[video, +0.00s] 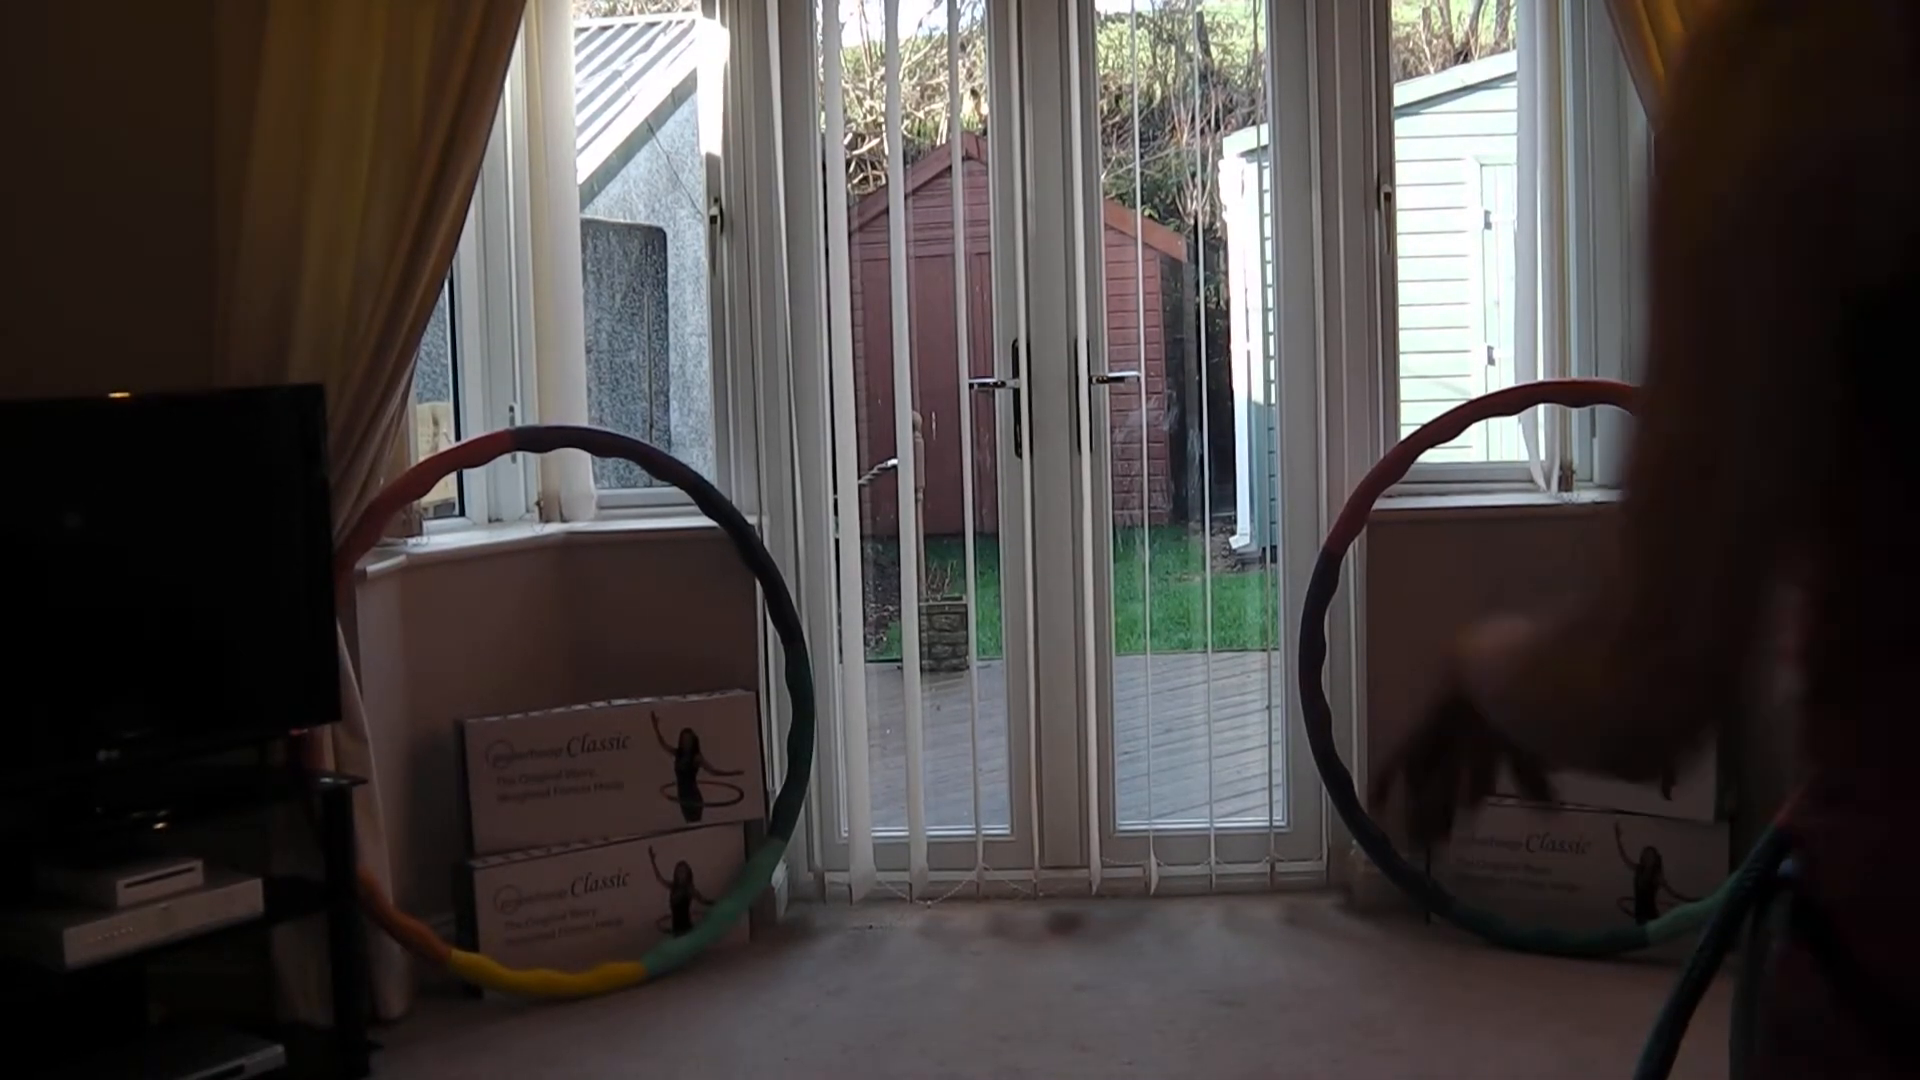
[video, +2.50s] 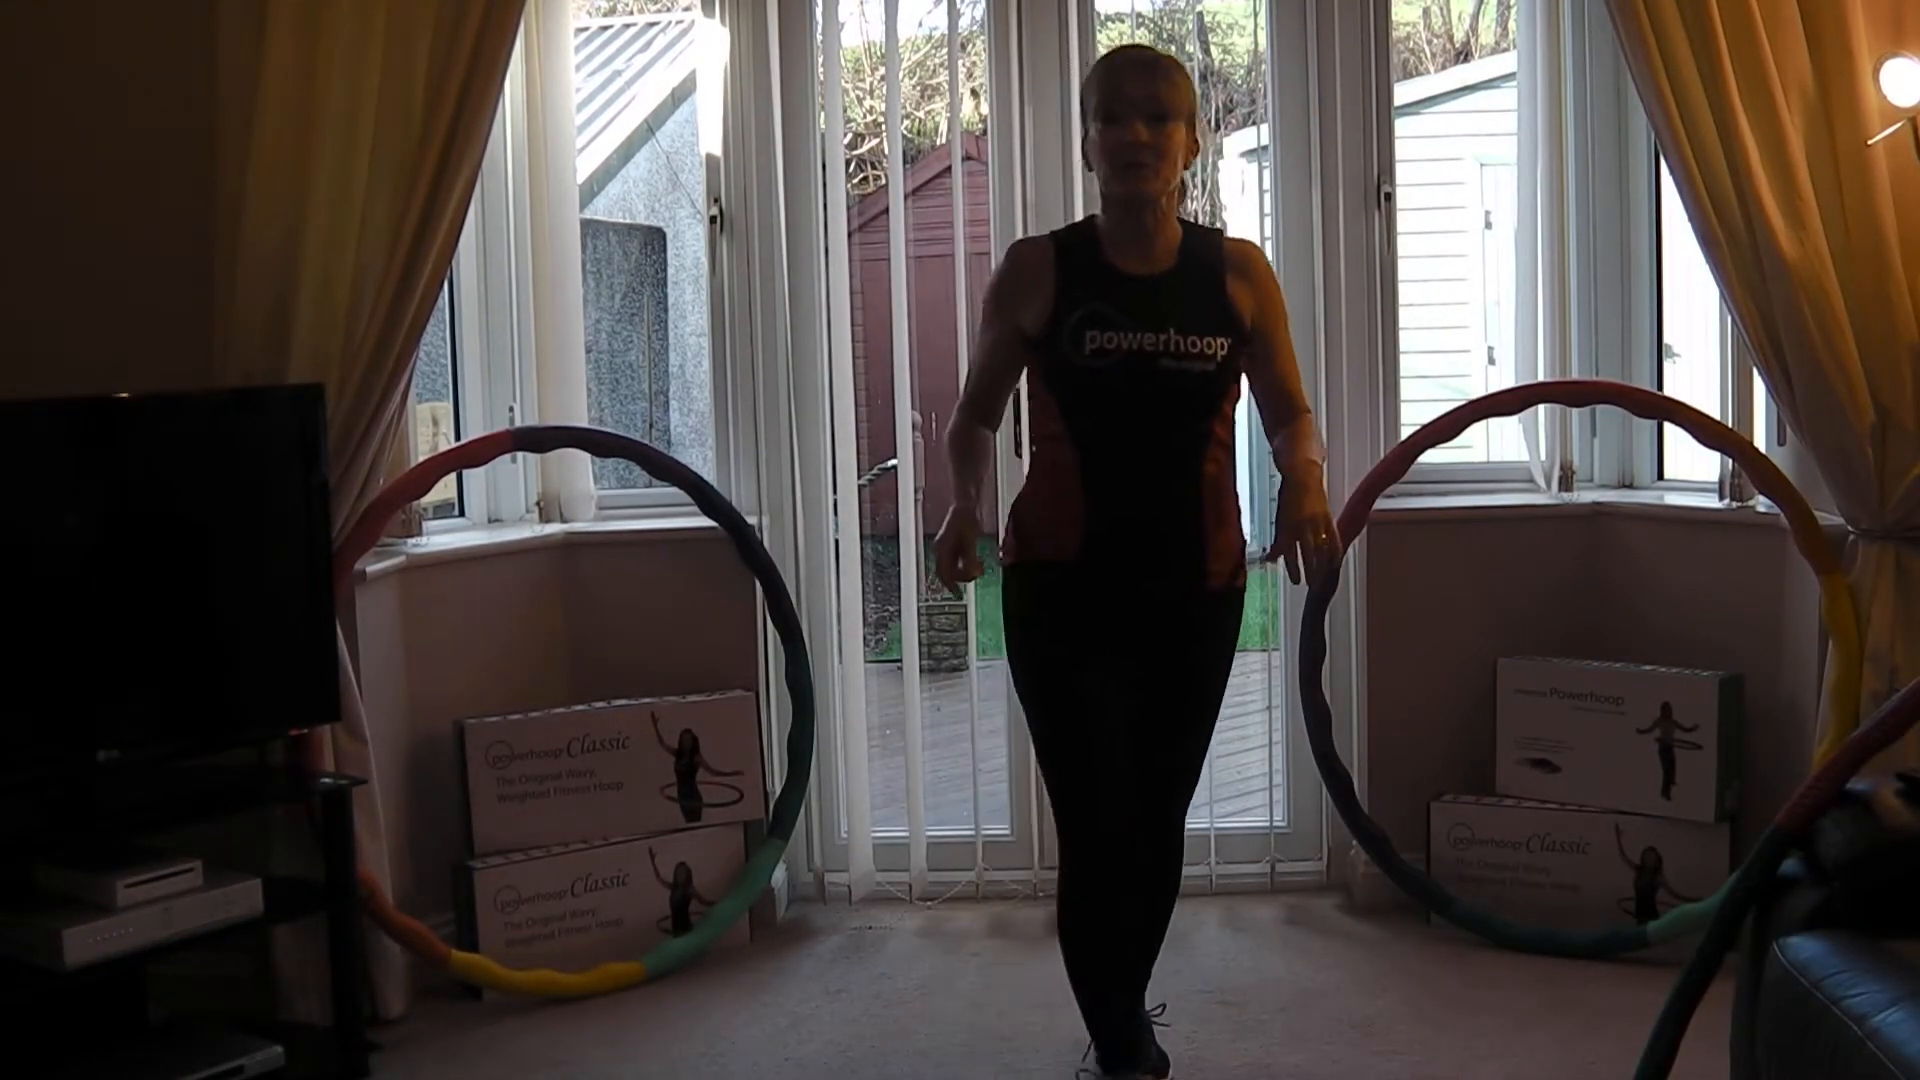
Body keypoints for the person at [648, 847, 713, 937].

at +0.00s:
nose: (681, 874)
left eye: (683, 871)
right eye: (679, 871)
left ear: (688, 873)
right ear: (675, 873)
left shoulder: (690, 889)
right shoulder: (673, 886)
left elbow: (702, 901)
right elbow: (659, 878)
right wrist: (653, 861)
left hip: (687, 925)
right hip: (675, 925)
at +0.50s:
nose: (681, 875)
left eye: (683, 872)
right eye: (679, 872)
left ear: (688, 874)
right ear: (675, 874)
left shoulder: (690, 889)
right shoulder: (673, 887)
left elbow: (702, 901)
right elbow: (659, 878)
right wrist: (652, 861)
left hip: (687, 926)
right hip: (675, 926)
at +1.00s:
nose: (681, 874)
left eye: (684, 871)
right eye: (679, 871)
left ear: (688, 873)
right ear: (675, 873)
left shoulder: (689, 889)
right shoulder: (673, 886)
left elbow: (702, 901)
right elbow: (658, 878)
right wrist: (653, 861)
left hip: (686, 922)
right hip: (675, 923)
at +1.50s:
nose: (681, 874)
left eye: (683, 871)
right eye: (679, 871)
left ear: (688, 873)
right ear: (675, 873)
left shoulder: (689, 889)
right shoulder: (673, 887)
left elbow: (703, 901)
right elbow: (659, 878)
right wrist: (653, 860)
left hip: (686, 923)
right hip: (675, 923)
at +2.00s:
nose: (681, 876)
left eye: (683, 873)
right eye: (679, 873)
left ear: (688, 874)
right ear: (675, 874)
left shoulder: (690, 889)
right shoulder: (673, 887)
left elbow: (703, 901)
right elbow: (658, 878)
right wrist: (653, 861)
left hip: (686, 923)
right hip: (675, 923)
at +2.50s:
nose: (681, 876)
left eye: (683, 873)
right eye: (678, 873)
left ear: (688, 874)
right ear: (675, 874)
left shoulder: (690, 889)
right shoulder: (673, 887)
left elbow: (702, 902)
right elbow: (658, 878)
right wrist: (652, 861)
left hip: (686, 924)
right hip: (675, 924)